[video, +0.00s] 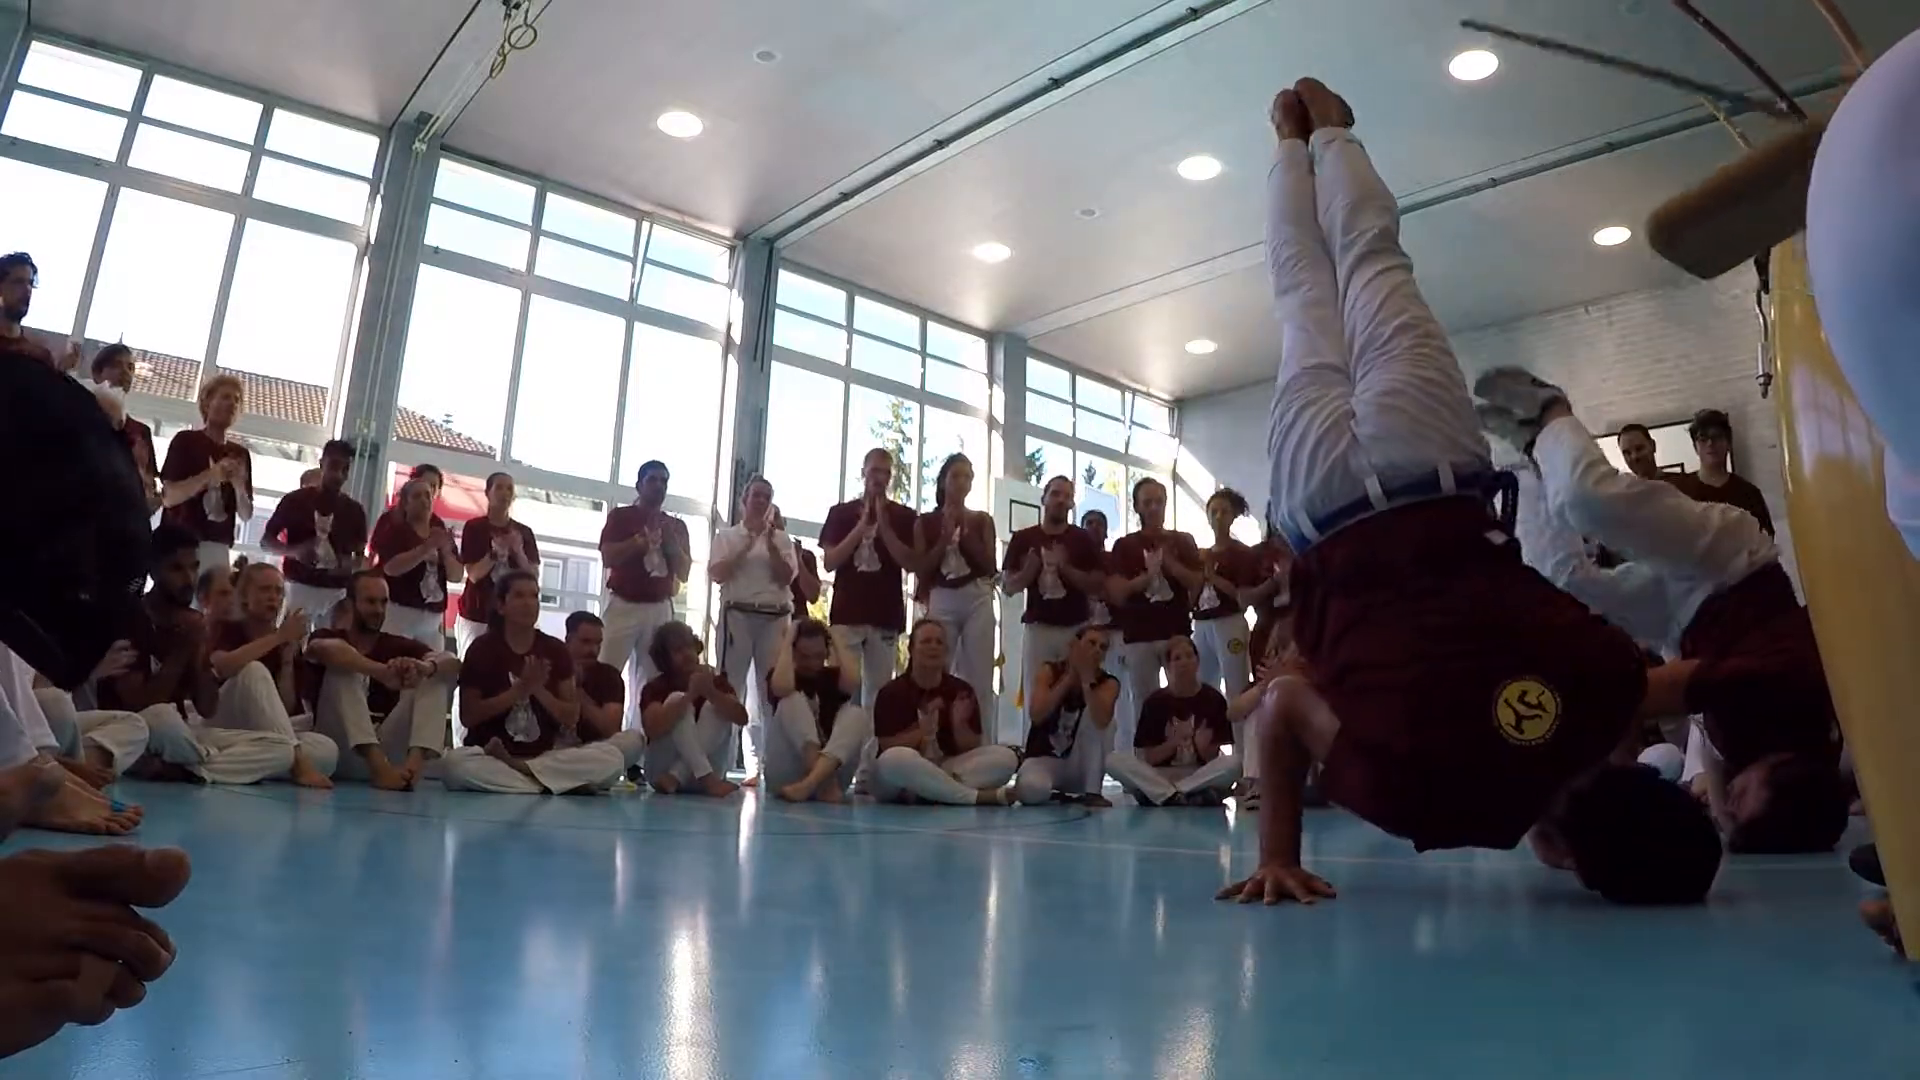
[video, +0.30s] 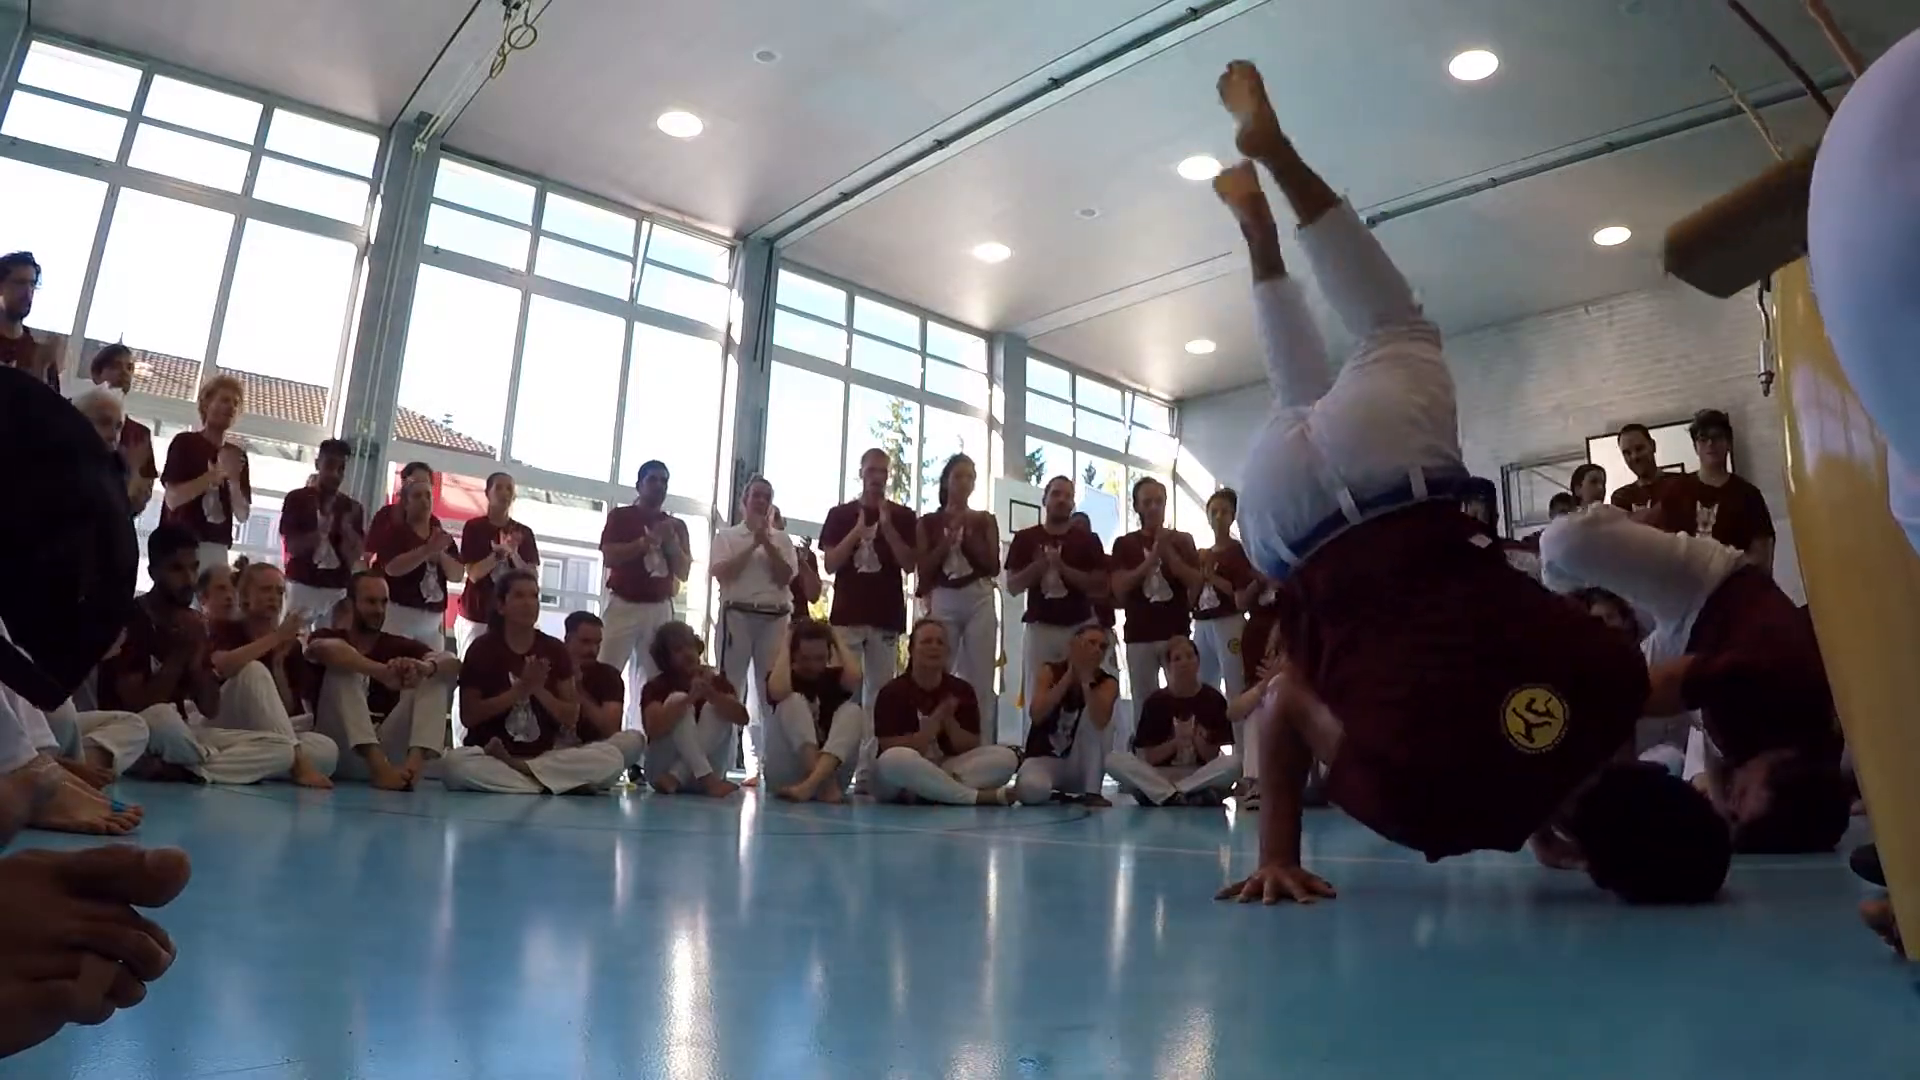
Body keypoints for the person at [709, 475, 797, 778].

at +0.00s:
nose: (759, 501)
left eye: (764, 497)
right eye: (755, 495)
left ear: (771, 503)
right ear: (744, 499)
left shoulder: (781, 538)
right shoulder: (728, 535)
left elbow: (786, 577)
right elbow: (716, 575)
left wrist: (771, 541)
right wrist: (746, 544)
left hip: (774, 617)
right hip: (736, 615)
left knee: (772, 692)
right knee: (730, 690)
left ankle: (768, 763)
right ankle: (723, 763)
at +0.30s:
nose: (759, 501)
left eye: (765, 497)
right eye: (755, 496)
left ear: (772, 503)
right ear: (744, 500)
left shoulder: (781, 537)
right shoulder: (727, 535)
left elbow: (786, 577)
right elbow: (720, 573)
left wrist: (767, 543)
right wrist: (752, 546)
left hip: (774, 617)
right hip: (736, 616)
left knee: (772, 692)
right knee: (730, 690)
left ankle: (770, 762)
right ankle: (725, 763)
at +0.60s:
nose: (761, 501)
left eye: (766, 496)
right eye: (756, 495)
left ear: (773, 503)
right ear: (745, 500)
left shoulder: (784, 539)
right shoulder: (728, 535)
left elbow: (786, 579)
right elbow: (717, 573)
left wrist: (771, 546)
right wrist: (750, 546)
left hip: (774, 617)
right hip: (736, 615)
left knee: (772, 693)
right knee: (729, 690)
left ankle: (767, 764)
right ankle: (723, 764)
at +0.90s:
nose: (760, 504)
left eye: (765, 499)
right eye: (755, 498)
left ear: (774, 502)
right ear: (744, 500)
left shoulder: (784, 536)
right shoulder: (728, 531)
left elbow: (785, 578)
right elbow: (721, 573)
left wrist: (771, 549)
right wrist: (753, 548)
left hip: (775, 615)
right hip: (736, 614)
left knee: (774, 693)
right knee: (729, 690)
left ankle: (770, 764)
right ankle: (722, 765)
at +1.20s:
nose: (762, 499)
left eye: (767, 496)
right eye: (757, 494)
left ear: (772, 503)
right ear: (746, 499)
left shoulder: (784, 539)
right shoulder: (729, 534)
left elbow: (785, 579)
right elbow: (721, 573)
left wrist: (782, 546)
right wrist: (738, 539)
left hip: (775, 618)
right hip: (737, 616)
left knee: (774, 688)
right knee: (730, 687)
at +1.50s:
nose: (761, 499)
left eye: (766, 495)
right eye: (757, 494)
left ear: (772, 502)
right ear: (745, 497)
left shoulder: (780, 536)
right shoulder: (728, 534)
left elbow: (787, 576)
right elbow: (718, 571)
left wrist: (787, 540)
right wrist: (734, 539)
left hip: (775, 616)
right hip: (736, 615)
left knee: (773, 692)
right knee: (730, 690)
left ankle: (771, 764)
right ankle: (726, 763)